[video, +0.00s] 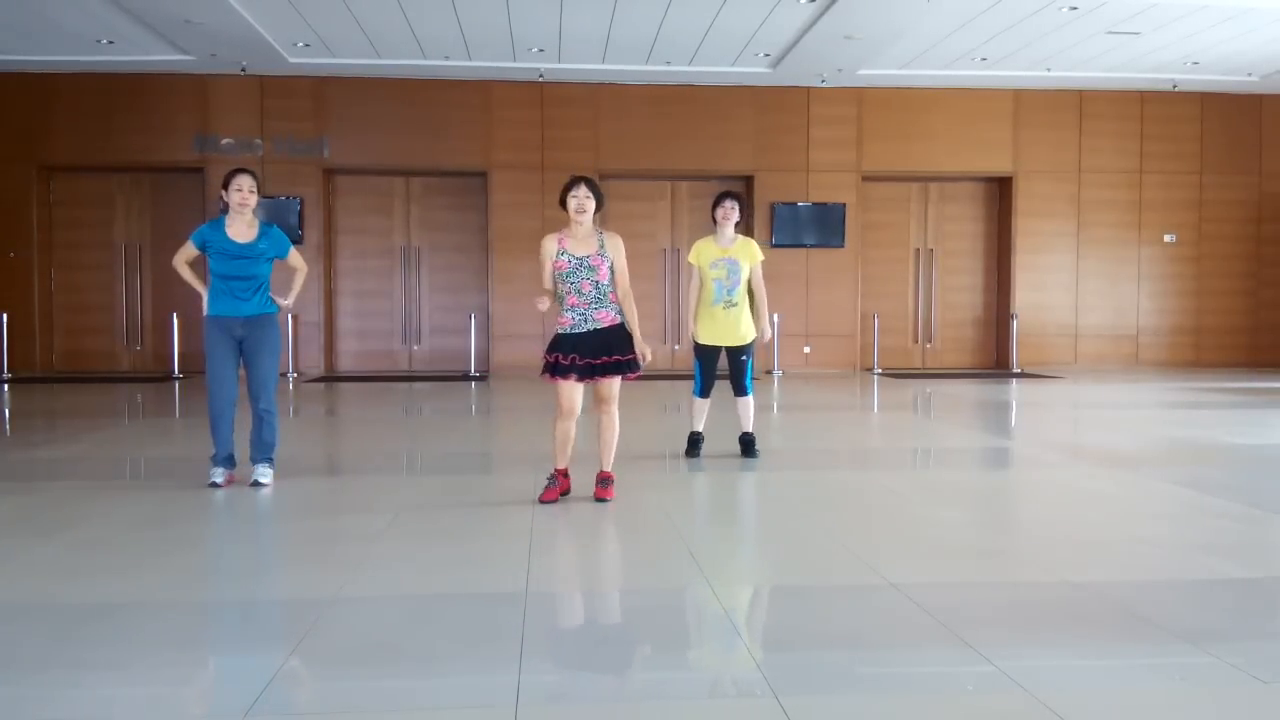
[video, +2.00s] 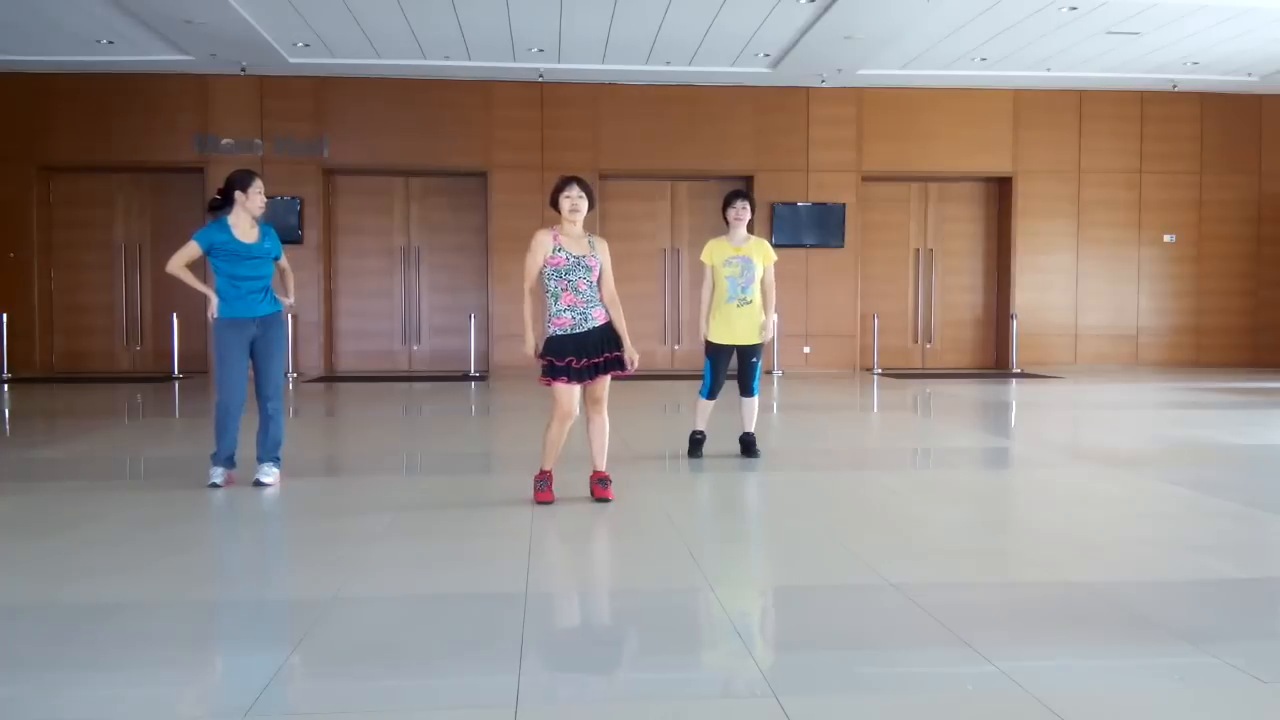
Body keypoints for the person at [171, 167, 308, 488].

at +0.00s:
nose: (245, 195)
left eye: (251, 191)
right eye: (238, 190)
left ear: (258, 197)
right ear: (225, 195)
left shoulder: (271, 234)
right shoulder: (210, 231)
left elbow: (301, 267)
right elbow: (178, 261)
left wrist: (289, 299)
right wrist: (203, 291)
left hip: (262, 322)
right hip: (219, 323)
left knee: (263, 397)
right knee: (221, 396)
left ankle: (263, 463)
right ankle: (222, 464)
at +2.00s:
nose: (264, 200)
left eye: (264, 194)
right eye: (258, 194)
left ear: (254, 198)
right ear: (239, 197)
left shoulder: (269, 234)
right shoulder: (214, 233)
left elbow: (285, 270)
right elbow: (174, 265)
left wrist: (290, 297)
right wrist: (208, 292)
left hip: (270, 322)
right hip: (231, 323)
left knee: (271, 396)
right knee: (230, 397)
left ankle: (269, 463)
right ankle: (222, 464)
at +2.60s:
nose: (247, 203)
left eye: (248, 196)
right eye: (241, 196)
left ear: (245, 199)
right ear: (222, 197)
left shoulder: (251, 236)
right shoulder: (195, 231)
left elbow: (286, 265)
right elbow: (152, 259)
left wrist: (326, 281)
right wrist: (184, 289)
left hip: (243, 321)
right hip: (203, 322)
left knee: (248, 395)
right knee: (209, 397)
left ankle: (256, 464)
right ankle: (215, 465)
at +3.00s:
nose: (241, 202)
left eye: (241, 196)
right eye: (235, 196)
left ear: (232, 199)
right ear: (215, 198)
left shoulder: (243, 237)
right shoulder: (191, 233)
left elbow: (271, 277)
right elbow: (148, 263)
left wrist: (303, 295)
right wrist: (183, 291)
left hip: (241, 324)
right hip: (203, 324)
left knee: (250, 395)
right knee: (209, 399)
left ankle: (245, 465)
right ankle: (215, 467)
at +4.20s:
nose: (231, 198)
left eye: (233, 193)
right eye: (224, 193)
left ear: (234, 197)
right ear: (205, 197)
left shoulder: (246, 232)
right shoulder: (185, 235)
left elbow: (265, 278)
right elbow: (159, 266)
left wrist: (274, 320)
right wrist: (185, 291)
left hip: (241, 322)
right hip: (202, 324)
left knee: (245, 398)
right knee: (196, 398)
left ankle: (249, 463)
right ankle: (184, 465)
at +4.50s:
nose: (217, 202)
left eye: (220, 196)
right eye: (210, 196)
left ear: (223, 199)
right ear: (191, 199)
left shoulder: (230, 237)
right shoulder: (170, 232)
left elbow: (236, 285)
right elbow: (139, 260)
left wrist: (228, 328)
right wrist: (161, 288)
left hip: (211, 323)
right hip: (172, 324)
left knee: (225, 397)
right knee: (177, 398)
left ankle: (245, 461)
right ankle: (182, 466)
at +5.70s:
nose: (213, 198)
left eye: (220, 192)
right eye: (208, 193)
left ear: (236, 196)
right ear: (203, 197)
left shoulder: (257, 235)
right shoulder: (196, 234)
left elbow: (270, 282)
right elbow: (184, 273)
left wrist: (275, 323)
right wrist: (174, 294)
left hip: (251, 323)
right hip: (210, 324)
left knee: (249, 399)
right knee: (202, 397)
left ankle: (249, 463)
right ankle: (195, 466)